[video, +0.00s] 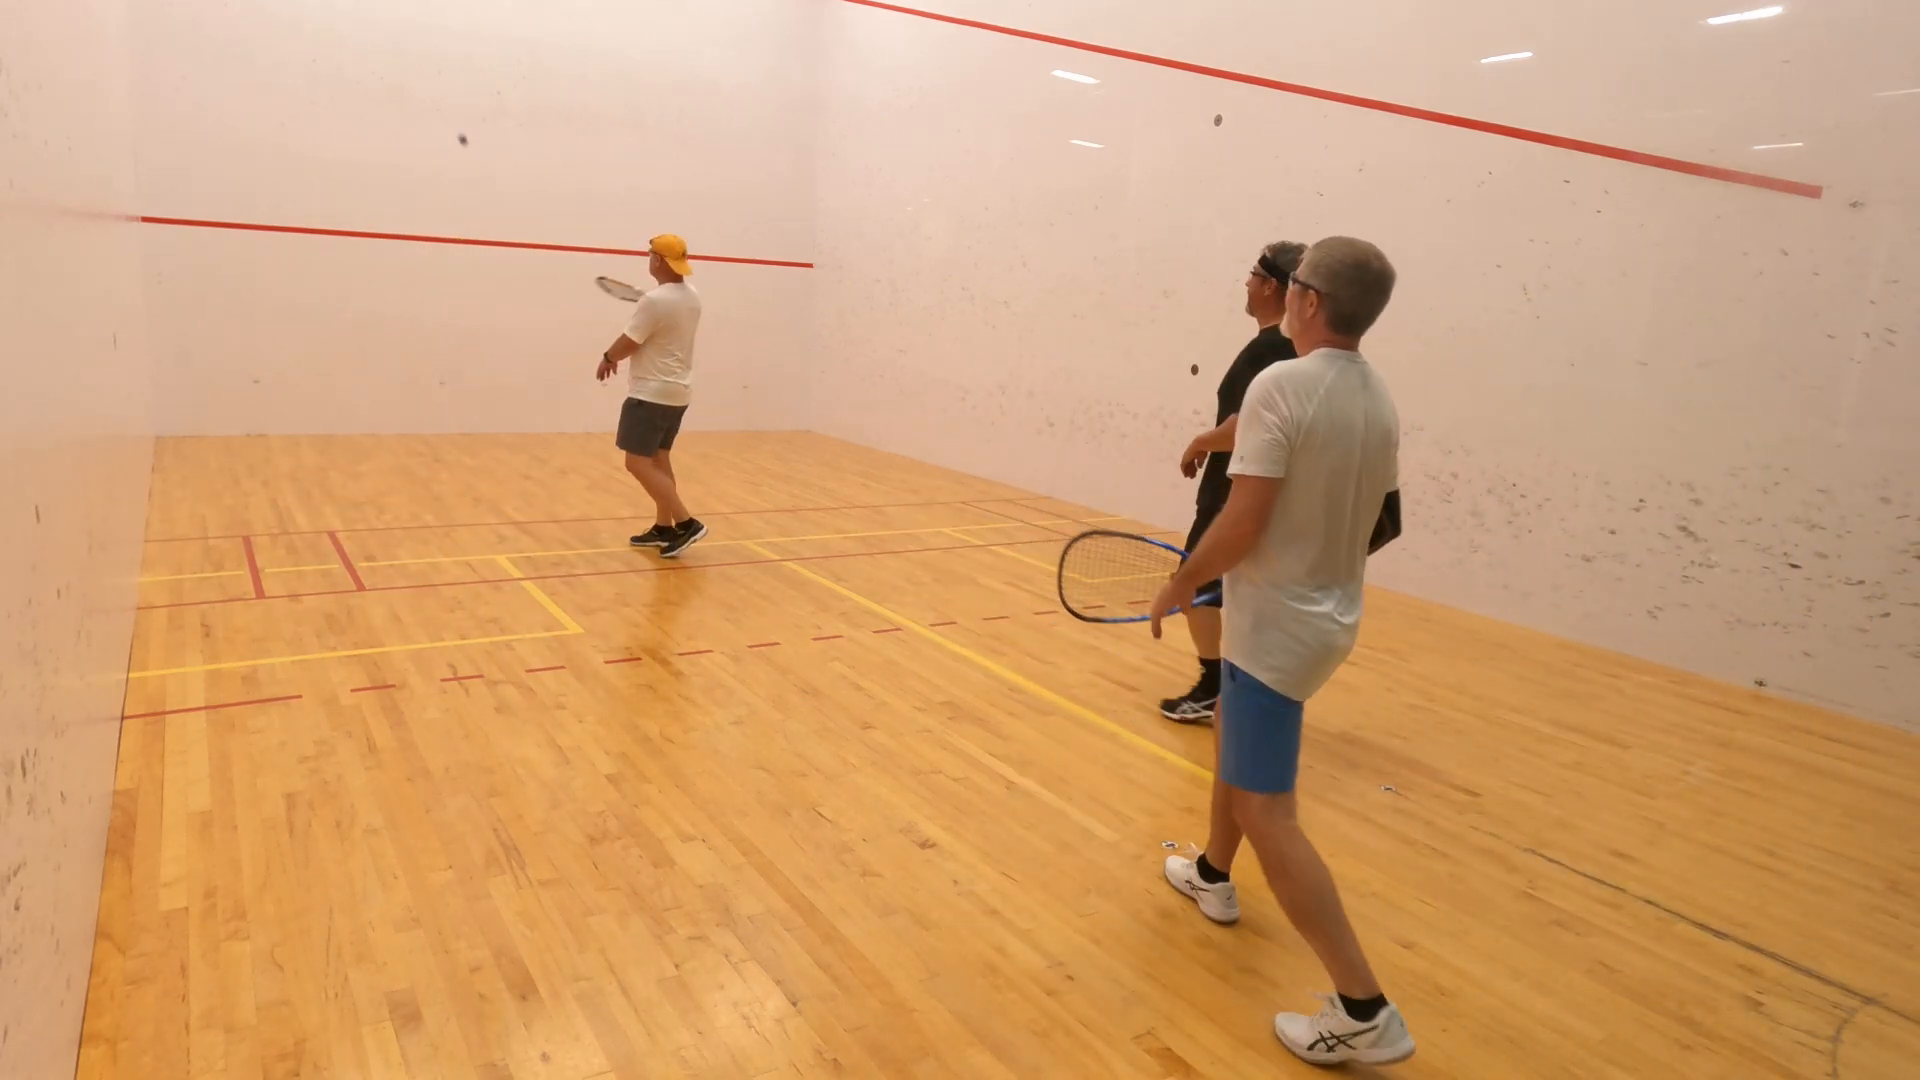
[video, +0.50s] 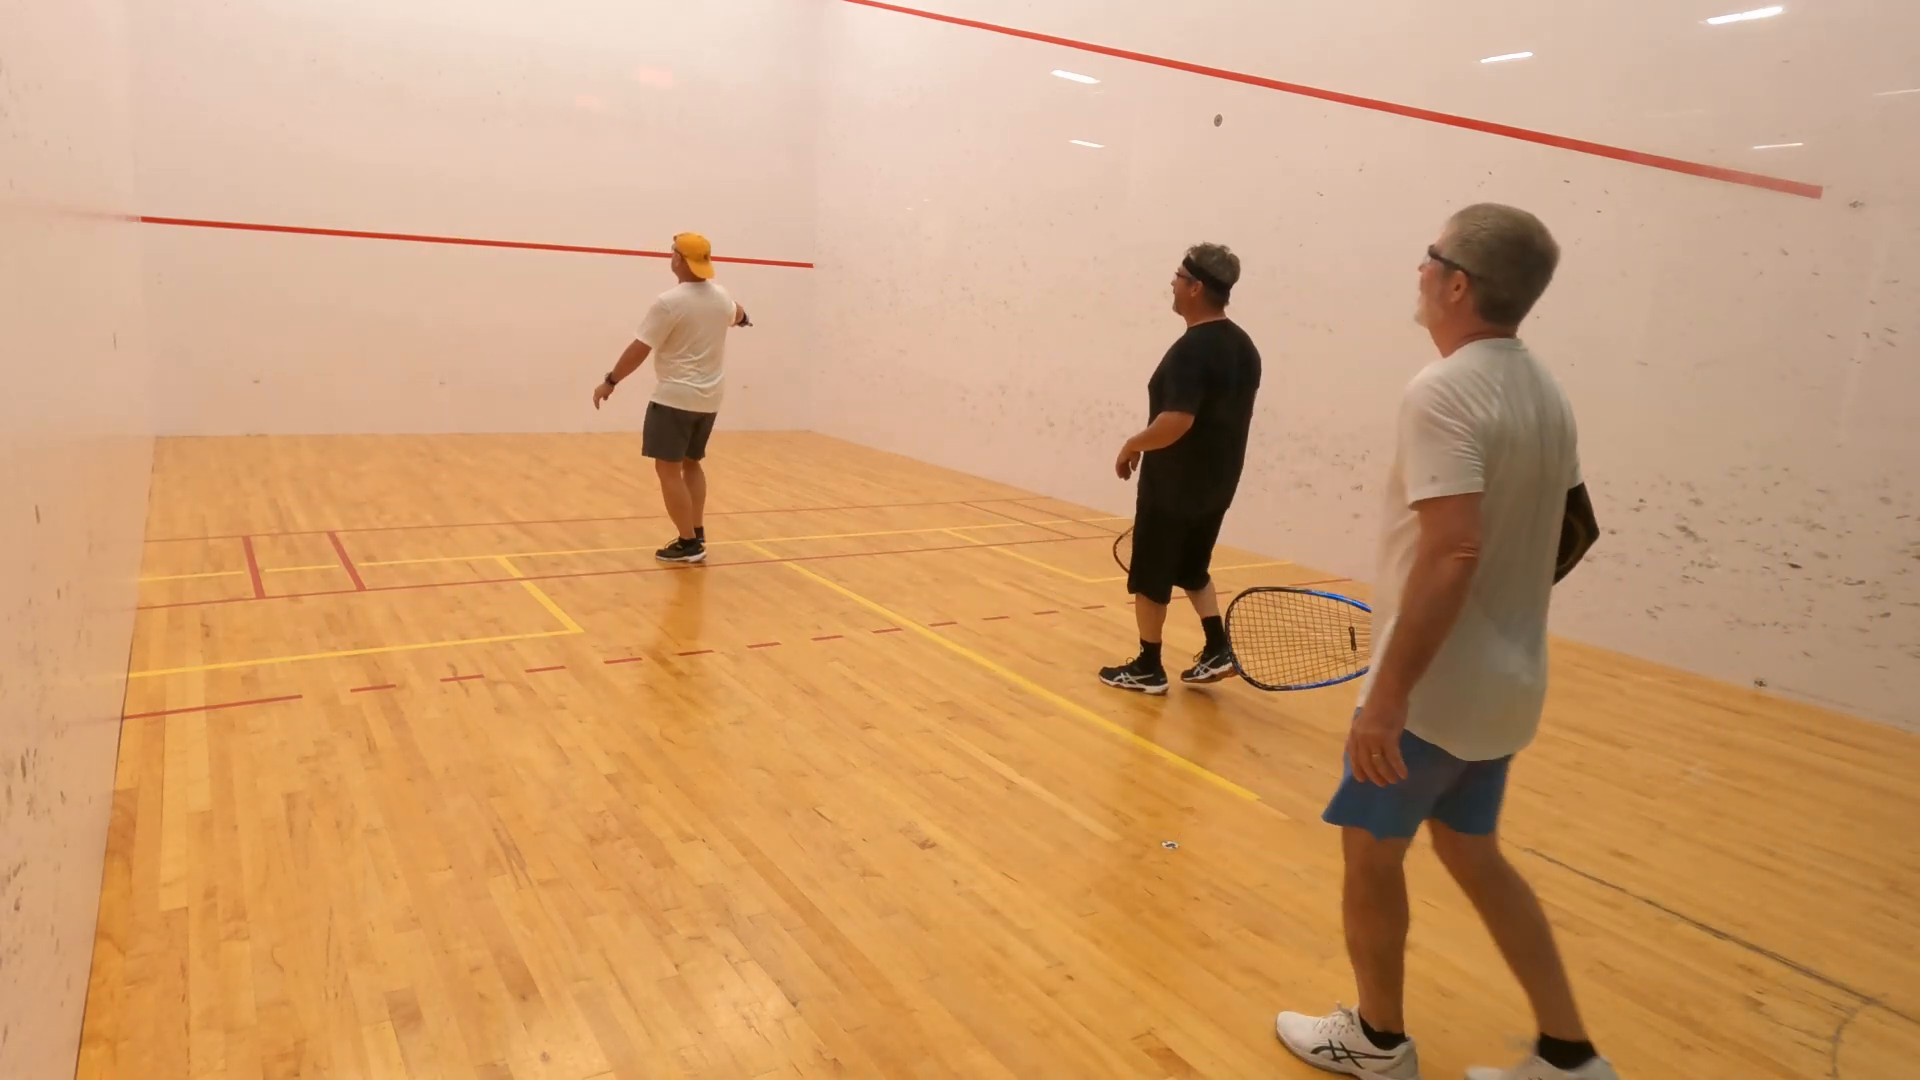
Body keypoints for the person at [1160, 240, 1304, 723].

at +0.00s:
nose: (1246, 283)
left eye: (1256, 276)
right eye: (1252, 274)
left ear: (1274, 289)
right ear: (1282, 292)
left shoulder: (1268, 352)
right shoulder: (1290, 350)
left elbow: (1250, 422)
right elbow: (1258, 420)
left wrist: (1200, 443)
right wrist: (1212, 442)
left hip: (1228, 495)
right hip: (1250, 493)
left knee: (1198, 584)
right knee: (1235, 587)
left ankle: (1212, 684)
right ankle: (1228, 685)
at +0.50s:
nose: (1173, 283)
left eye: (1179, 278)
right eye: (1177, 275)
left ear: (1197, 290)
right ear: (1215, 292)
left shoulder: (1192, 349)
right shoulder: (1243, 347)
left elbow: (1174, 421)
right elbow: (1230, 422)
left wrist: (1132, 445)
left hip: (1172, 486)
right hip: (1214, 488)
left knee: (1151, 572)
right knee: (1193, 566)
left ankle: (1148, 665)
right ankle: (1218, 650)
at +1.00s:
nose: (1143, 297)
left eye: (1151, 289)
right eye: (1144, 287)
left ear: (1179, 292)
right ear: (1181, 292)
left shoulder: (1195, 343)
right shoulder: (1210, 335)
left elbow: (1200, 418)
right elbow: (1202, 417)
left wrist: (1144, 450)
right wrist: (1157, 454)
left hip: (1175, 481)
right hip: (1202, 480)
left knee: (1156, 571)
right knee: (1200, 565)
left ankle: (1149, 664)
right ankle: (1197, 653)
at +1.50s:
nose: (1137, 308)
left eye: (1144, 299)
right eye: (1137, 298)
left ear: (1173, 297)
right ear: (1171, 298)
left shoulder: (1201, 345)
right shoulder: (1181, 335)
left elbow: (1211, 424)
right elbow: (1182, 414)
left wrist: (1154, 459)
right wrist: (1153, 465)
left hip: (1185, 477)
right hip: (1187, 475)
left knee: (1159, 566)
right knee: (1201, 561)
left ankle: (1150, 665)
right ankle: (1198, 653)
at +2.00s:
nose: (1168, 282)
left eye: (1179, 277)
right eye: (1166, 274)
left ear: (1201, 290)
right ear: (1161, 281)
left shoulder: (1203, 344)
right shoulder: (1170, 334)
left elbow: (1210, 418)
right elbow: (1153, 400)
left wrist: (1148, 448)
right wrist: (1131, 438)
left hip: (1185, 471)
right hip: (1171, 466)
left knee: (1157, 563)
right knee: (1199, 558)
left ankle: (1148, 663)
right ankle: (1197, 649)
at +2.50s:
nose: (1165, 282)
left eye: (1178, 276)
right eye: (1164, 272)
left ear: (1199, 290)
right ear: (1158, 279)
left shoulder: (1194, 344)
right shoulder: (1170, 331)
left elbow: (1197, 413)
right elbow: (1155, 402)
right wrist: (1128, 455)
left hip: (1170, 475)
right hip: (1150, 467)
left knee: (1149, 567)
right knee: (1178, 568)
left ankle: (1144, 659)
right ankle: (1144, 653)